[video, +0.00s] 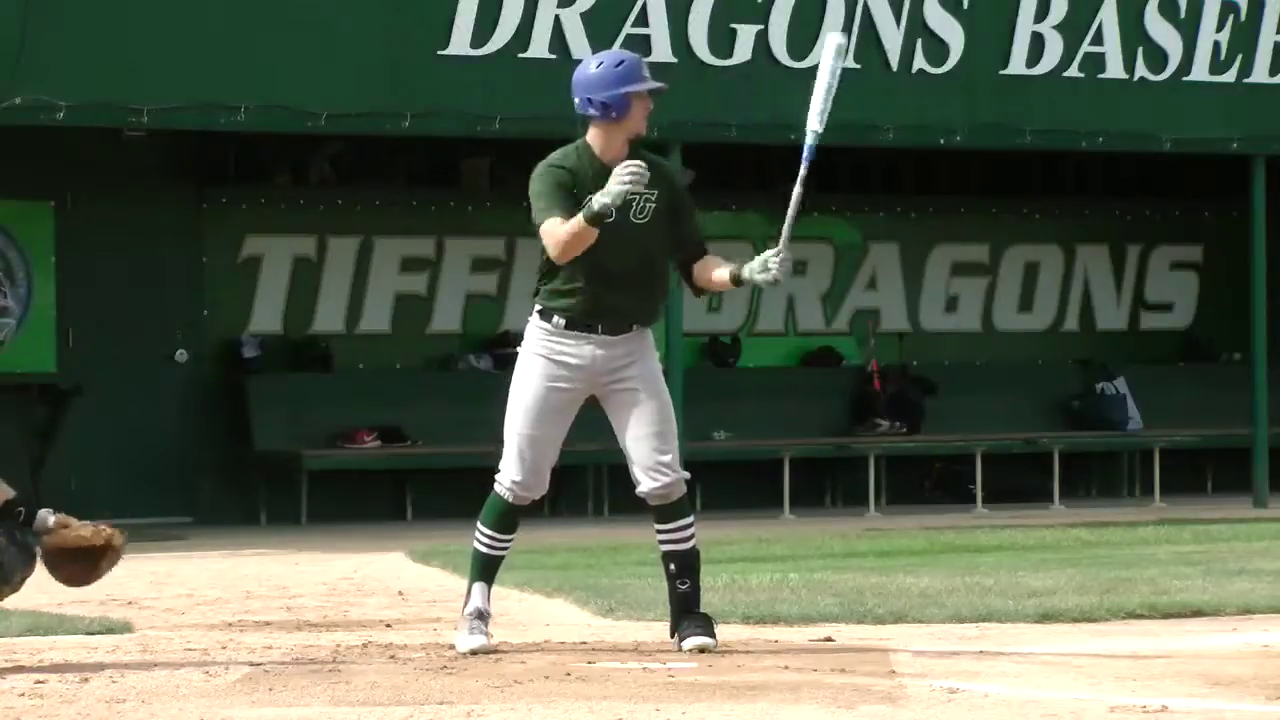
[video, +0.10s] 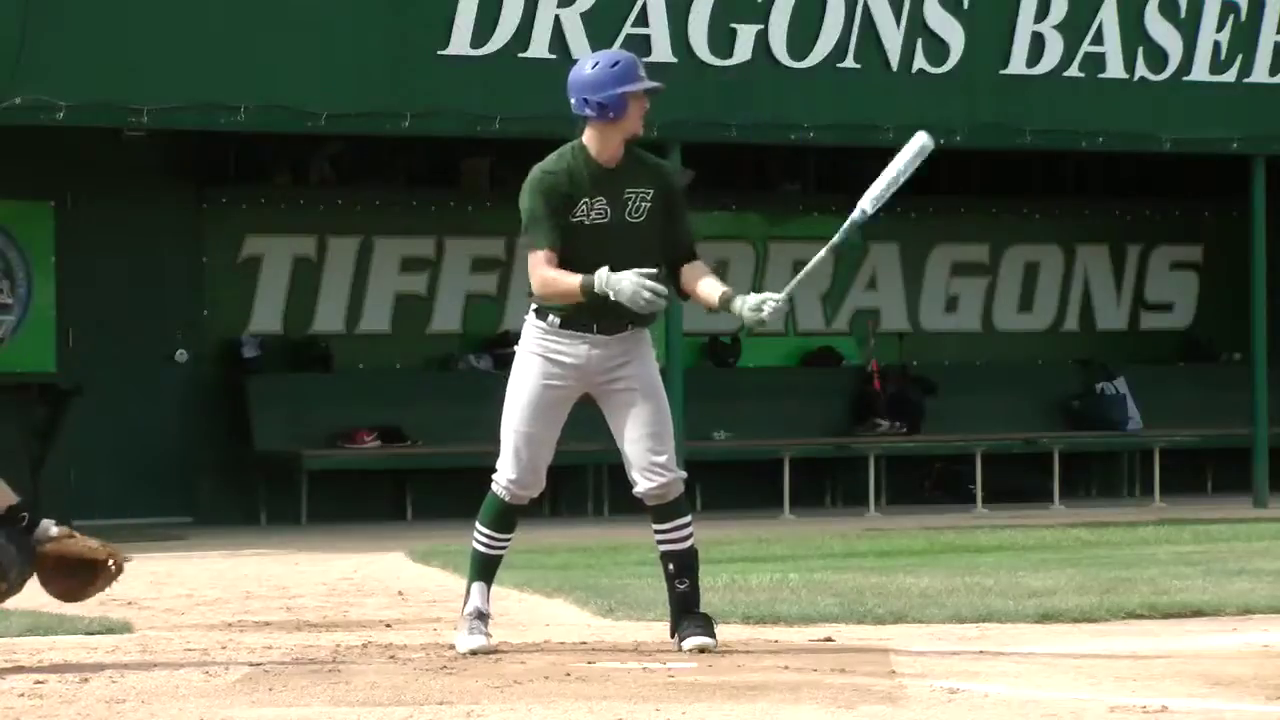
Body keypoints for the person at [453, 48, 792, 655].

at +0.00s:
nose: (650, 105)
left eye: (648, 96)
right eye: (641, 96)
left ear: (620, 106)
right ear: (609, 105)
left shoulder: (661, 178)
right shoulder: (556, 173)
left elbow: (699, 267)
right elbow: (558, 245)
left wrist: (744, 270)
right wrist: (605, 201)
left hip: (632, 348)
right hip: (556, 345)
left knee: (665, 480)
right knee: (520, 481)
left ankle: (688, 619)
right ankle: (476, 608)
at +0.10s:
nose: (647, 104)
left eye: (645, 96)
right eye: (638, 97)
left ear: (615, 107)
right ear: (606, 106)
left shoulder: (660, 179)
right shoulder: (549, 180)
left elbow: (686, 267)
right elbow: (541, 279)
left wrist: (735, 301)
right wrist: (602, 282)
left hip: (630, 349)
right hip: (551, 346)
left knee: (661, 478)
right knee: (517, 478)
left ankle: (688, 618)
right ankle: (475, 607)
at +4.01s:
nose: (623, 127)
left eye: (621, 118)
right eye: (613, 120)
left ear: (599, 122)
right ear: (580, 124)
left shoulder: (630, 178)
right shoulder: (523, 173)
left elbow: (615, 244)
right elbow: (439, 228)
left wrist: (552, 199)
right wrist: (495, 187)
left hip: (612, 358)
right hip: (535, 354)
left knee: (639, 498)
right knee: (523, 483)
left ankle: (687, 611)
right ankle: (478, 608)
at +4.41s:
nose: (622, 127)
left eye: (621, 118)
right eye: (612, 120)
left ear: (598, 123)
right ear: (580, 125)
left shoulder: (631, 178)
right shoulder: (523, 171)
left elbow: (615, 244)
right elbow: (439, 229)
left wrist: (554, 205)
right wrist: (493, 190)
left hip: (611, 358)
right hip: (534, 354)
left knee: (637, 498)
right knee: (523, 483)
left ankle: (686, 611)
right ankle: (477, 609)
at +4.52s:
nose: (622, 127)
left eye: (620, 118)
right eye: (612, 120)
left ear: (599, 122)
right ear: (579, 125)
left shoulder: (631, 178)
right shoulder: (523, 171)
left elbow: (616, 244)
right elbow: (439, 229)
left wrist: (554, 205)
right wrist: (493, 191)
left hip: (611, 358)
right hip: (534, 354)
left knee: (637, 498)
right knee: (523, 482)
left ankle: (687, 612)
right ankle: (477, 610)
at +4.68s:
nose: (621, 127)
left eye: (620, 118)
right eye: (611, 120)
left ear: (600, 122)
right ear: (578, 125)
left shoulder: (630, 177)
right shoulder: (523, 171)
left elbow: (616, 243)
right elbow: (439, 229)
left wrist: (553, 204)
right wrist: (494, 189)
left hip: (611, 358)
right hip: (534, 354)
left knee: (637, 498)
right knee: (523, 482)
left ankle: (687, 612)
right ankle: (477, 610)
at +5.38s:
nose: (621, 129)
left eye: (620, 120)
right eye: (611, 122)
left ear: (601, 124)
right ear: (577, 126)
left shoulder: (630, 179)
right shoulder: (523, 174)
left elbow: (616, 245)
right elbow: (442, 235)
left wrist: (554, 204)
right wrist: (497, 191)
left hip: (612, 359)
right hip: (535, 355)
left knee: (636, 498)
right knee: (523, 482)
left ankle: (686, 611)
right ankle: (477, 609)